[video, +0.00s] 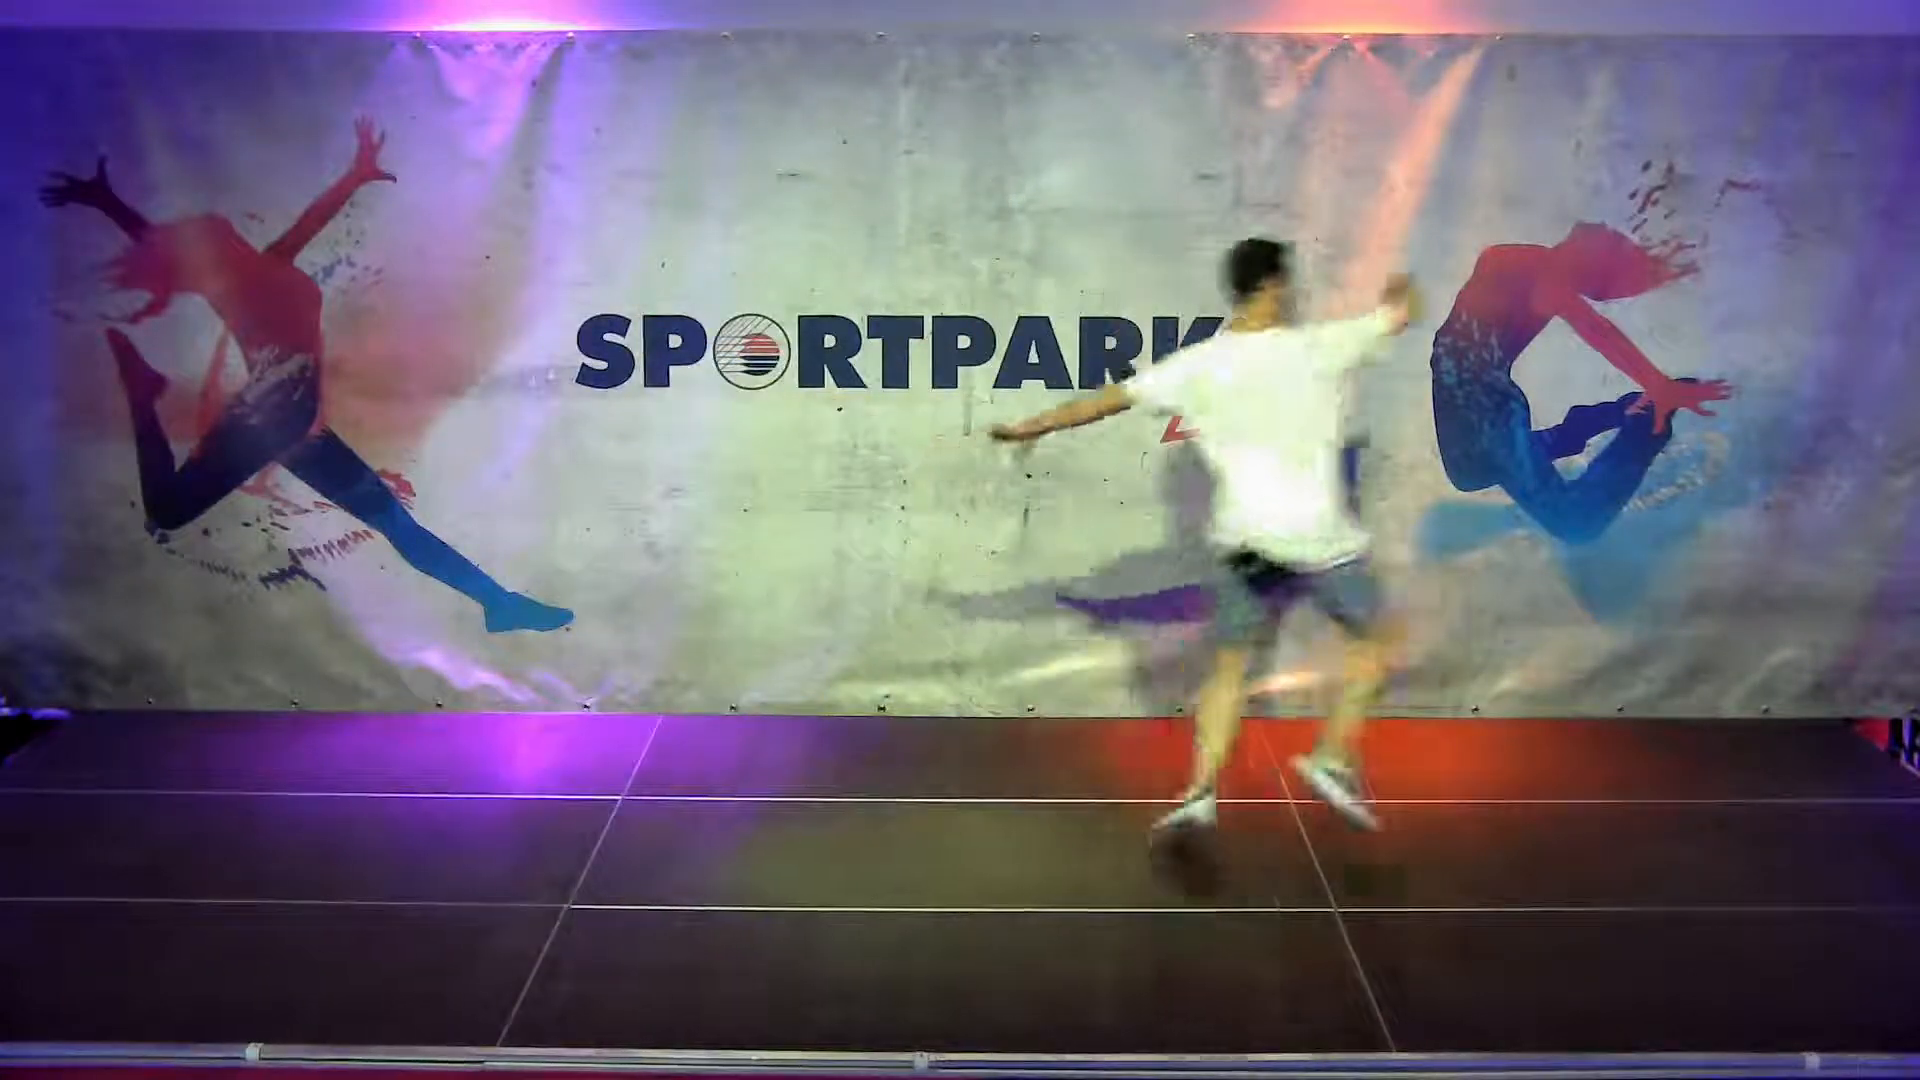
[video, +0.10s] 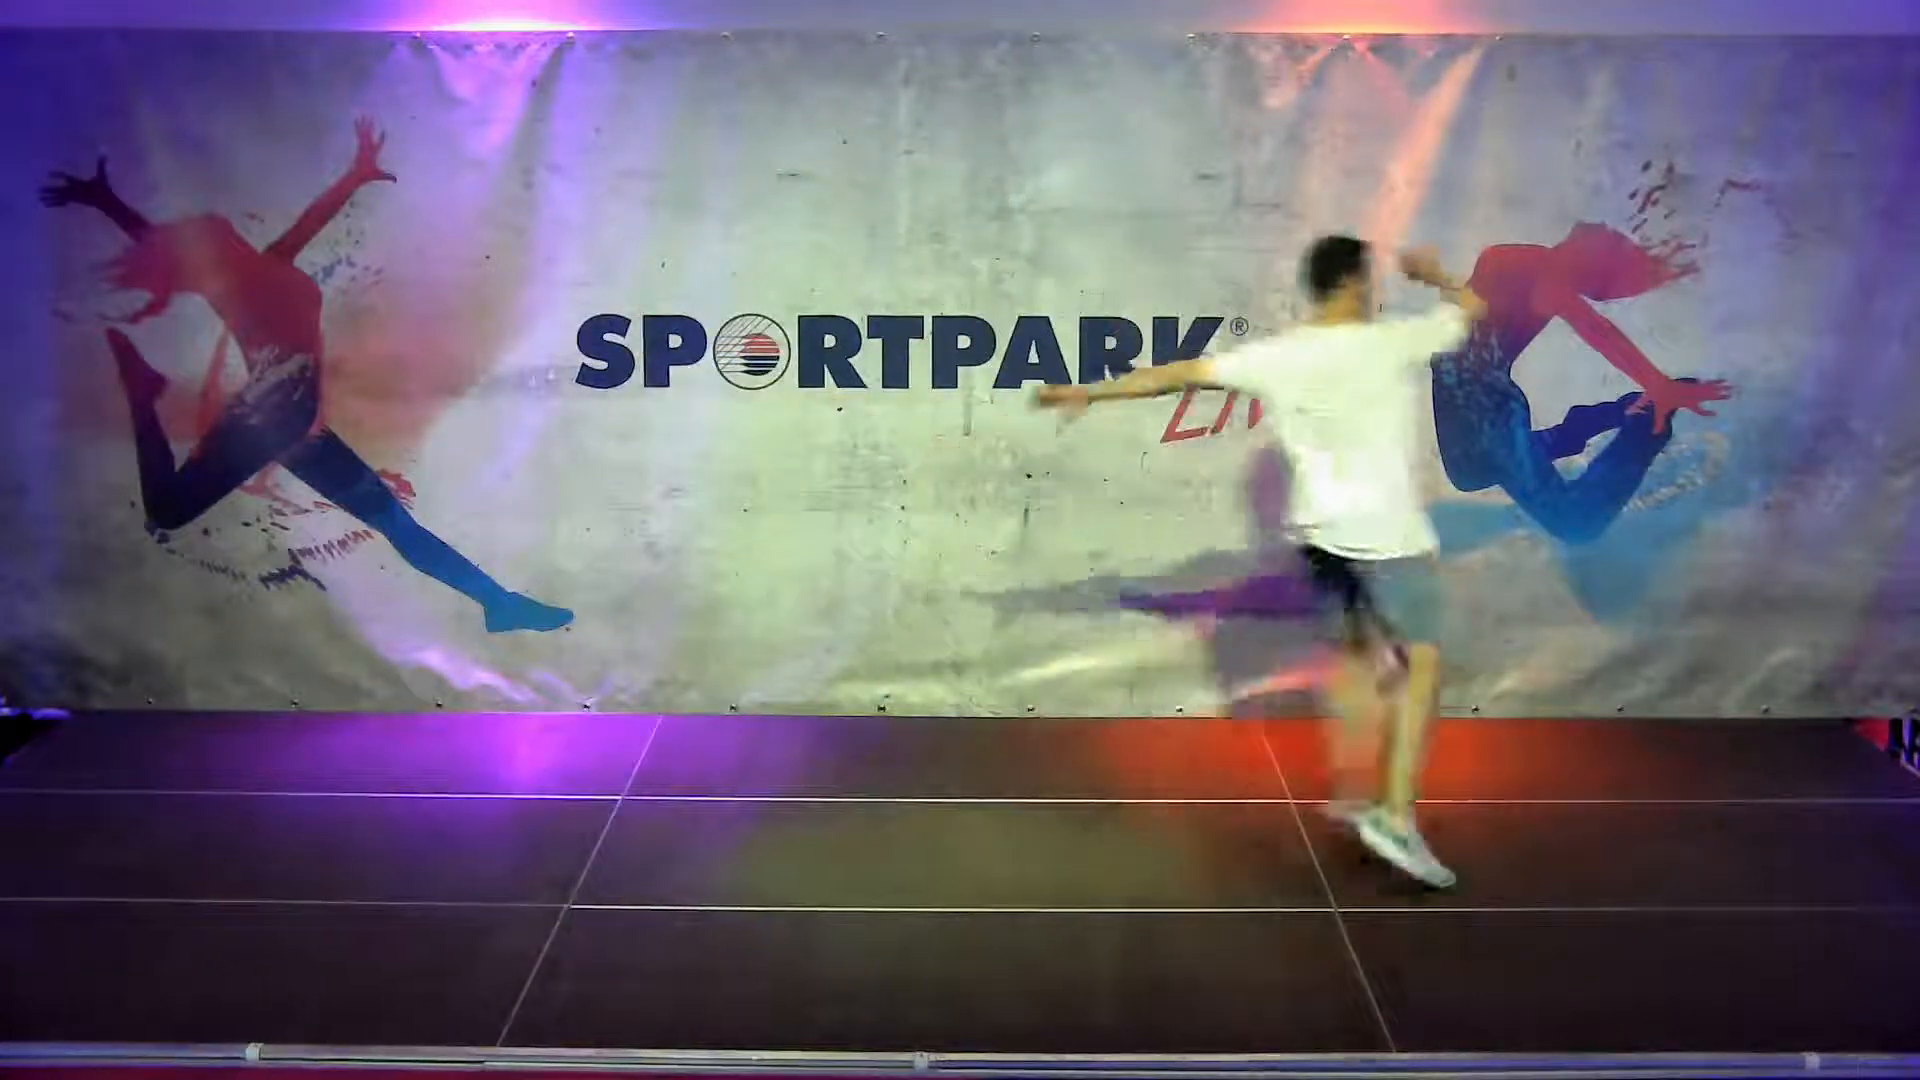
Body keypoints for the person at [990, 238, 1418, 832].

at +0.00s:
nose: (1289, 294)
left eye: (1282, 284)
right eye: (1285, 285)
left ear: (1233, 291)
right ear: (1274, 288)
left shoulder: (1198, 363)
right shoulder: (1319, 347)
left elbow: (1115, 399)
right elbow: (1397, 318)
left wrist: (1034, 427)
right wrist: (1402, 290)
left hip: (1245, 537)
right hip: (1318, 534)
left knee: (1229, 660)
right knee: (1375, 640)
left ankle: (1201, 792)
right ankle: (1333, 759)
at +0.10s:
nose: (1370, 293)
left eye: (1366, 282)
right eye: (1367, 282)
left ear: (1312, 289)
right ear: (1358, 286)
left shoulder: (1279, 353)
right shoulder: (1398, 341)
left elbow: (1183, 374)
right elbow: (1473, 309)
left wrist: (1089, 393)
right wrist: (1436, 275)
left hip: (1326, 537)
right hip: (1394, 537)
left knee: (1362, 656)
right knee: (1423, 663)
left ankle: (1350, 794)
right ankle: (1397, 814)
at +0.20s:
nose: (1419, 310)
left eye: (1411, 299)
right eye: (1416, 299)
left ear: (1365, 308)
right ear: (1412, 304)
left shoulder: (1331, 371)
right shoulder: (1442, 359)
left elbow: (1237, 371)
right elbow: (1505, 330)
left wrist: (1138, 369)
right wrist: (1450, 277)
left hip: (1371, 559)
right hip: (1437, 553)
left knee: (1447, 679)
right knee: (1434, 694)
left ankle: (1504, 801)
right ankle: (1388, 846)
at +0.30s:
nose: (1512, 350)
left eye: (1508, 340)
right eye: (1508, 339)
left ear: (1451, 344)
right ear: (1497, 343)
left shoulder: (1418, 402)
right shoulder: (1527, 399)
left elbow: (1315, 403)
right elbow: (1587, 380)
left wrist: (1239, 386)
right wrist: (1539, 340)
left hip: (1488, 585)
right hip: (1534, 583)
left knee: (1584, 694)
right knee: (1519, 711)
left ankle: (1654, 820)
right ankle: (1409, 830)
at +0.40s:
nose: (1570, 347)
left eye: (1567, 337)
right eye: (1567, 336)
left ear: (1514, 339)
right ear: (1555, 338)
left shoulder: (1482, 404)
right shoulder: (1591, 395)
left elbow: (1403, 429)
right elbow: (1661, 402)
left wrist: (1323, 449)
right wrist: (1688, 395)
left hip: (1542, 589)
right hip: (1602, 579)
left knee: (1646, 686)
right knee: (1649, 697)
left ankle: (1674, 818)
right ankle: (1553, 791)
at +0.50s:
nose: (1622, 327)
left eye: (1615, 318)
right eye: (1620, 317)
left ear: (1567, 321)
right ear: (1615, 321)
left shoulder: (1532, 393)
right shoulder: (1645, 389)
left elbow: (1456, 455)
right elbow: (1741, 421)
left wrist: (1419, 502)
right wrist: (1821, 439)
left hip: (1587, 571)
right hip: (1652, 555)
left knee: (1655, 687)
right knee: (1712, 660)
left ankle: (1703, 809)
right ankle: (1739, 800)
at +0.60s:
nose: (1653, 330)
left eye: (1650, 320)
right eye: (1651, 320)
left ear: (1596, 322)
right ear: (1639, 322)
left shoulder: (1553, 392)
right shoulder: (1661, 389)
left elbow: (1488, 465)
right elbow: (1758, 430)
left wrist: (1495, 481)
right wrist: (1837, 455)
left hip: (1613, 572)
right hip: (1682, 553)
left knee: (1680, 702)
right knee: (1740, 668)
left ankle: (1756, 821)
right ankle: (1804, 784)